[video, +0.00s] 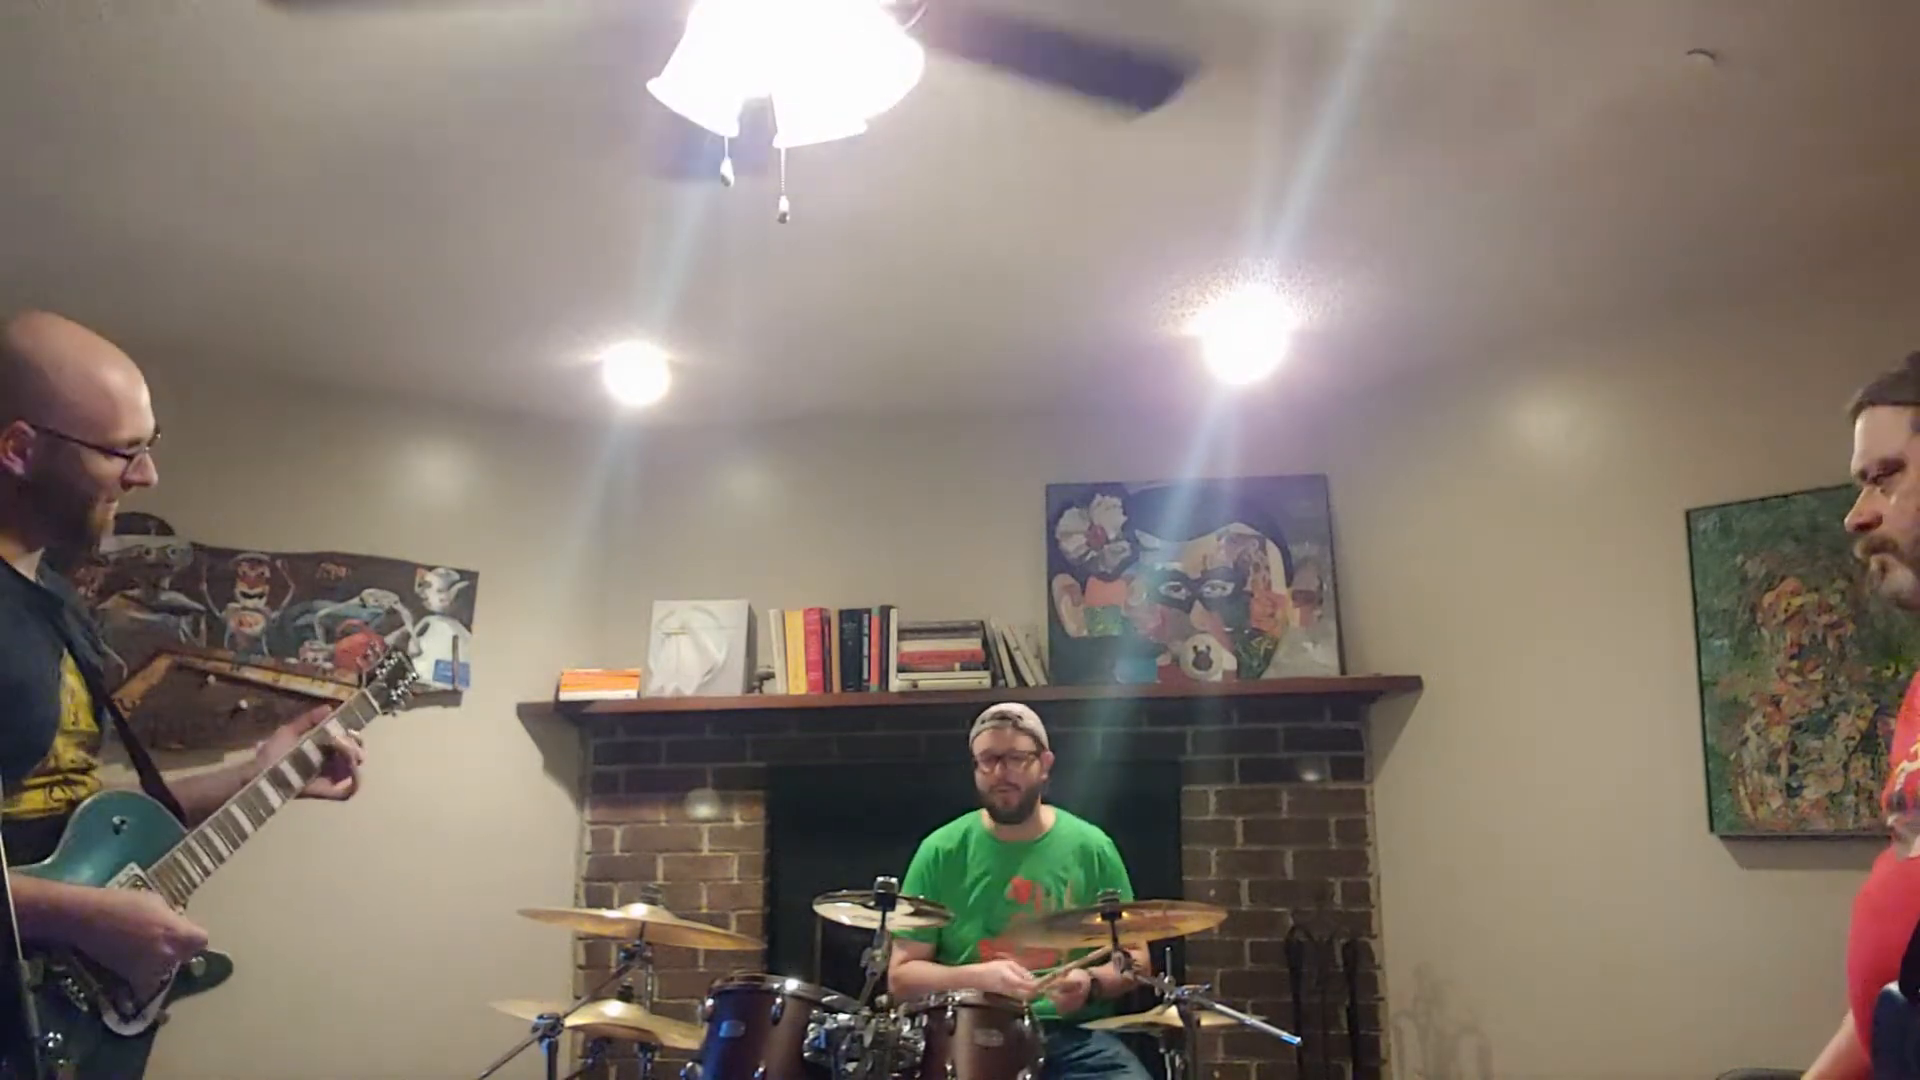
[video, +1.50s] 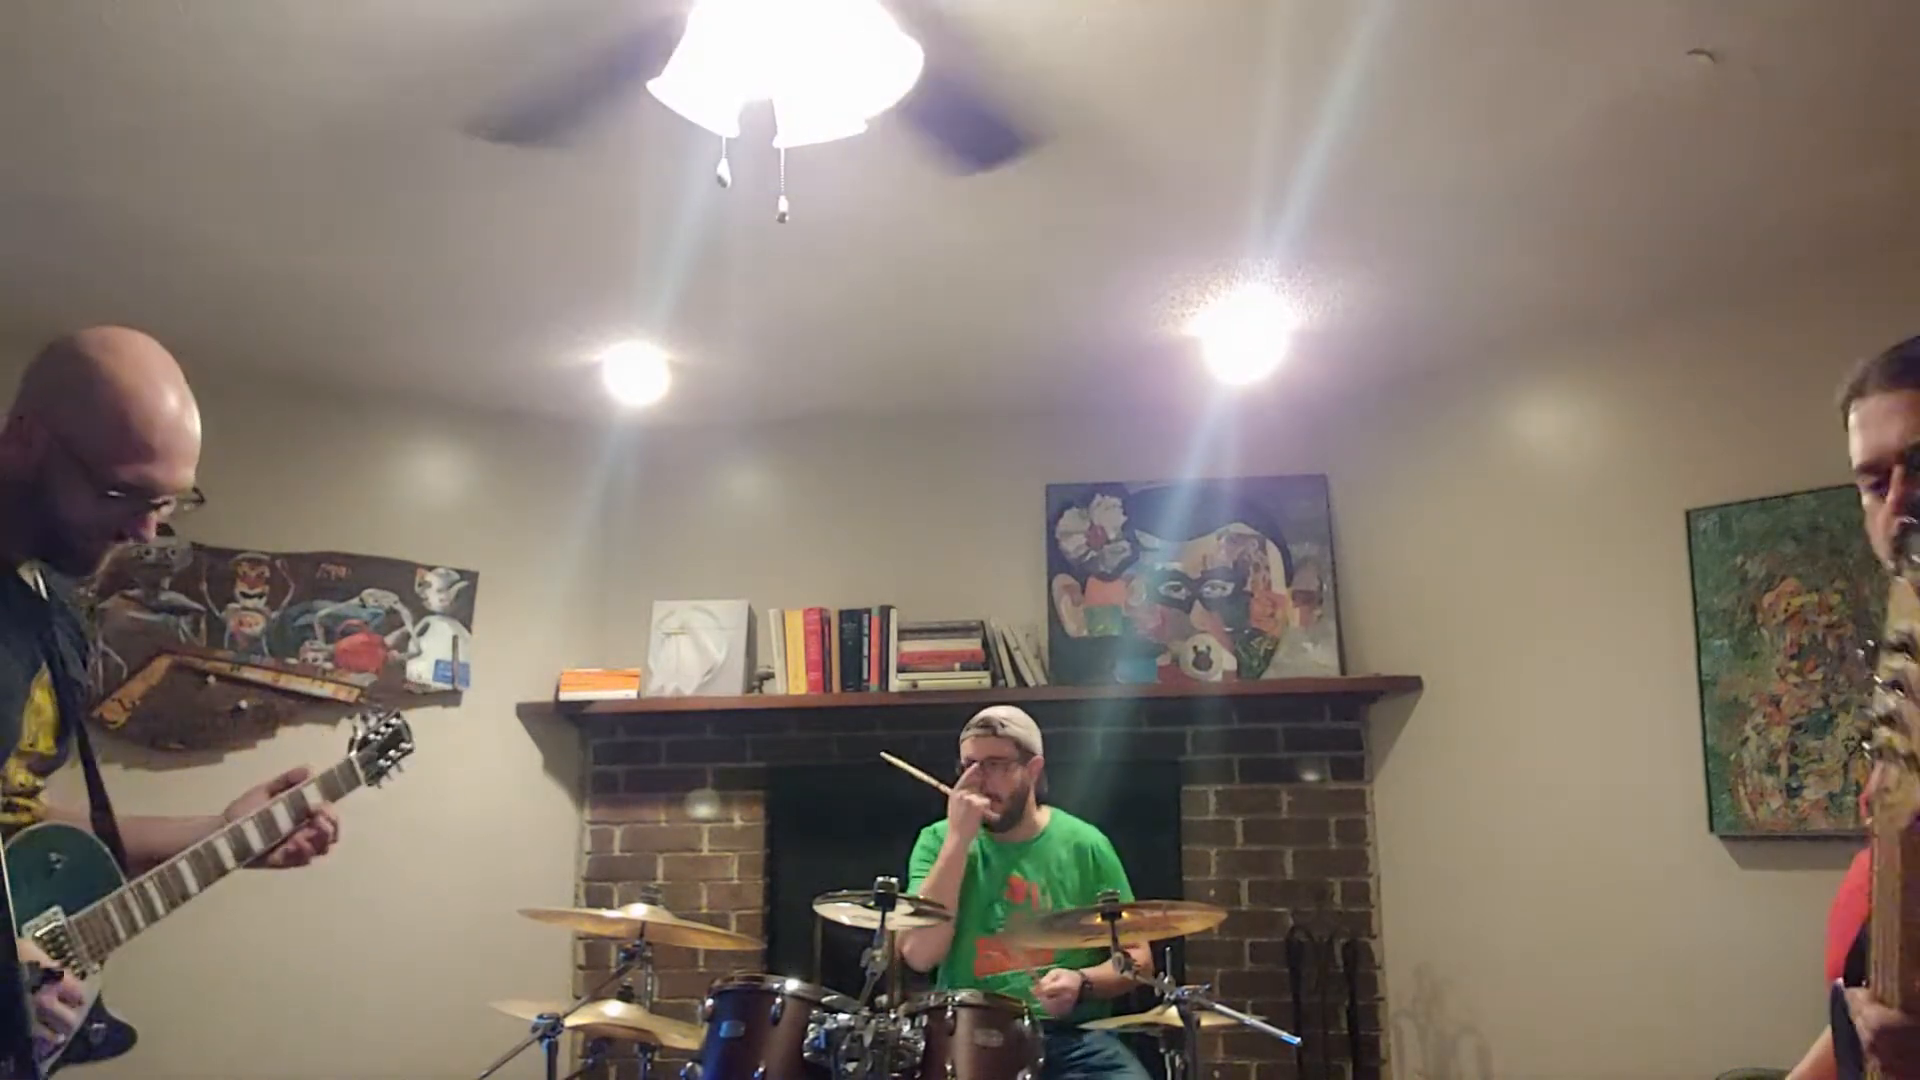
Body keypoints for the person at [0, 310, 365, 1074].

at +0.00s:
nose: (147, 478)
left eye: (147, 448)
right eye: (122, 452)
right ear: (19, 449)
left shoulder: (50, 604)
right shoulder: (12, 611)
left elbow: (73, 808)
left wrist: (262, 768)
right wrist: (77, 916)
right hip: (21, 1038)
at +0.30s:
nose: (144, 478)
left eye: (145, 449)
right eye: (118, 453)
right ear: (16, 450)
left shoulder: (52, 611)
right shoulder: (17, 614)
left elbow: (78, 828)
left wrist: (255, 780)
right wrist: (79, 910)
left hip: (79, 1040)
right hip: (15, 1039)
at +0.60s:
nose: (128, 505)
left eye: (145, 476)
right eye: (101, 473)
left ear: (157, 458)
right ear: (13, 442)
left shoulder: (47, 622)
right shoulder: (18, 623)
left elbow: (67, 830)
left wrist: (250, 786)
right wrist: (55, 919)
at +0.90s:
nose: (133, 518)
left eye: (153, 491)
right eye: (106, 485)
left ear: (169, 470)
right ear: (16, 445)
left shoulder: (61, 612)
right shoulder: (13, 613)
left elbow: (65, 833)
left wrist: (258, 807)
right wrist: (35, 923)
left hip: (48, 1034)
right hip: (3, 1038)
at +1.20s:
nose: (127, 534)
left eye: (150, 508)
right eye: (106, 500)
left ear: (170, 480)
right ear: (19, 450)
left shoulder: (62, 612)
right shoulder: (17, 614)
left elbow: (76, 827)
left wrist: (260, 821)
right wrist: (12, 934)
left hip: (42, 1032)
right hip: (5, 1038)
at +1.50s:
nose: (147, 533)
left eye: (169, 504)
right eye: (123, 497)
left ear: (187, 476)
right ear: (26, 442)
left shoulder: (46, 609)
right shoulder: (20, 614)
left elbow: (27, 820)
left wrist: (227, 833)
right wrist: (14, 974)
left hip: (35, 1038)